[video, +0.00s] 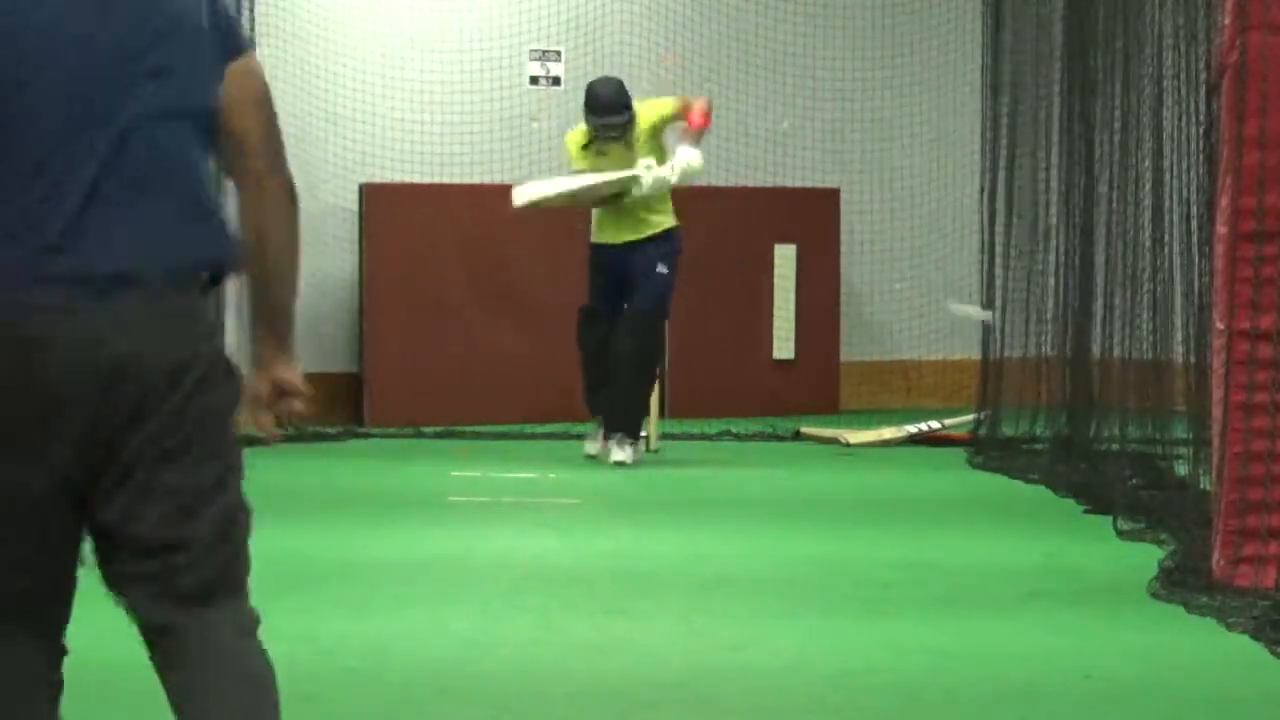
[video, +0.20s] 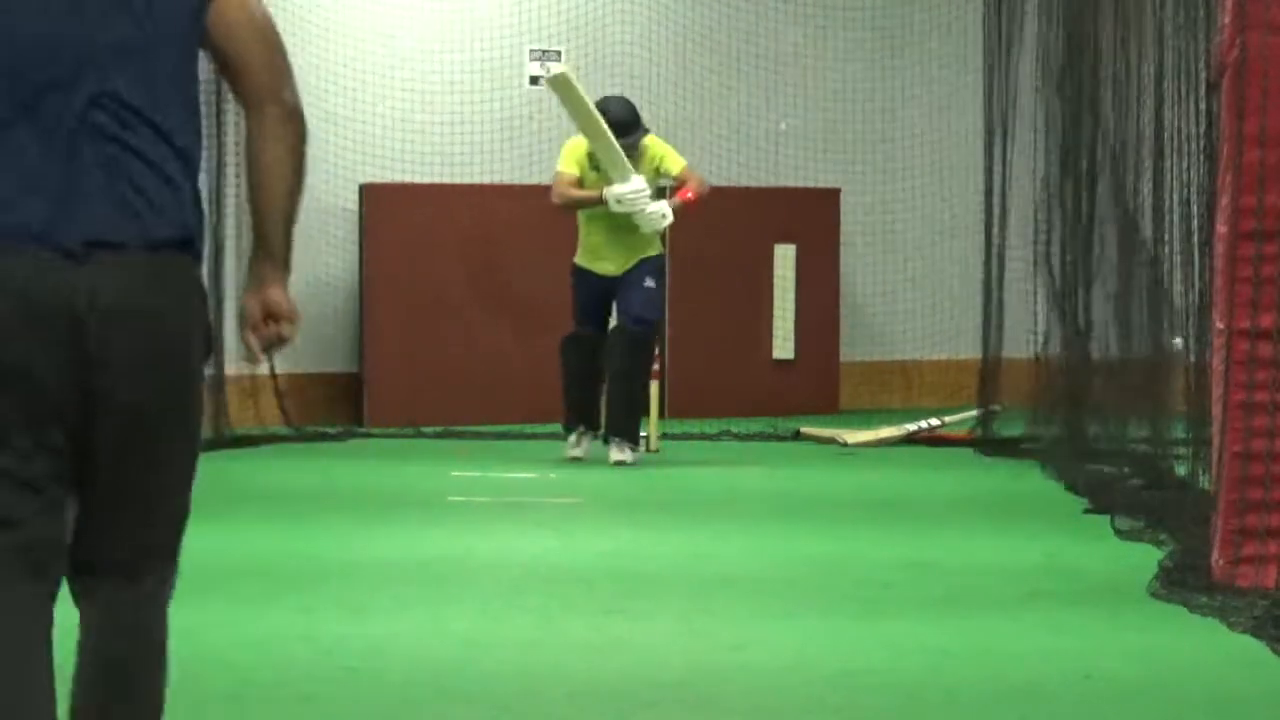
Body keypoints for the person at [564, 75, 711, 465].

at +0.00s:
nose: (611, 138)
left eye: (618, 130)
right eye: (603, 131)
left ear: (630, 116)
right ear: (589, 121)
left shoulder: (648, 117)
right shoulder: (577, 142)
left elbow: (697, 105)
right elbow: (583, 194)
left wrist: (690, 141)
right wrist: (631, 183)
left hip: (654, 237)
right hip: (607, 241)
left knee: (638, 332)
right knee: (598, 329)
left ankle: (626, 433)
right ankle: (604, 421)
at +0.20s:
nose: (629, 150)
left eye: (633, 143)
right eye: (620, 146)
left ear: (640, 132)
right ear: (601, 138)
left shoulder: (650, 147)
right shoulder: (579, 147)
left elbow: (696, 183)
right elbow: (560, 195)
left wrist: (672, 205)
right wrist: (605, 196)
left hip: (643, 259)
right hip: (593, 260)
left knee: (636, 340)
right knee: (586, 343)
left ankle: (622, 437)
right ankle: (579, 428)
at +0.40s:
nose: (632, 146)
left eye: (636, 139)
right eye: (624, 141)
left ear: (642, 132)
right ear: (604, 136)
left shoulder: (651, 148)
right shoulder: (578, 147)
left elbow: (694, 188)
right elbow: (559, 195)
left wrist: (671, 206)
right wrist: (607, 194)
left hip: (639, 259)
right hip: (588, 261)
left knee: (633, 339)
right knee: (570, 345)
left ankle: (623, 440)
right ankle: (569, 421)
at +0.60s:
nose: (622, 136)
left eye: (628, 129)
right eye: (614, 130)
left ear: (638, 122)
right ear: (594, 121)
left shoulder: (647, 140)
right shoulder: (573, 142)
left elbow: (687, 182)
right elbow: (558, 195)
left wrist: (671, 204)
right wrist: (606, 198)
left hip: (632, 255)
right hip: (581, 253)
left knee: (627, 339)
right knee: (566, 333)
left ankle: (622, 437)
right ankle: (555, 433)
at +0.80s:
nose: (627, 128)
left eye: (630, 121)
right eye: (620, 121)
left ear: (631, 119)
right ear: (596, 116)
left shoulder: (637, 145)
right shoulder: (565, 147)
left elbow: (662, 189)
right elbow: (557, 210)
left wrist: (661, 214)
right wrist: (608, 216)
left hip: (626, 261)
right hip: (576, 261)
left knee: (634, 342)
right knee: (568, 345)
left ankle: (623, 427)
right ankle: (551, 443)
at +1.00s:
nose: (620, 169)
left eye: (627, 160)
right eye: (612, 161)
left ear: (641, 160)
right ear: (602, 163)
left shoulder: (654, 198)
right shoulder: (620, 188)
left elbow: (663, 269)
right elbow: (633, 225)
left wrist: (642, 281)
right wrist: (628, 248)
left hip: (709, 257)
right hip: (681, 260)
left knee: (664, 342)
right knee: (642, 340)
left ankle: (679, 448)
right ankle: (664, 440)